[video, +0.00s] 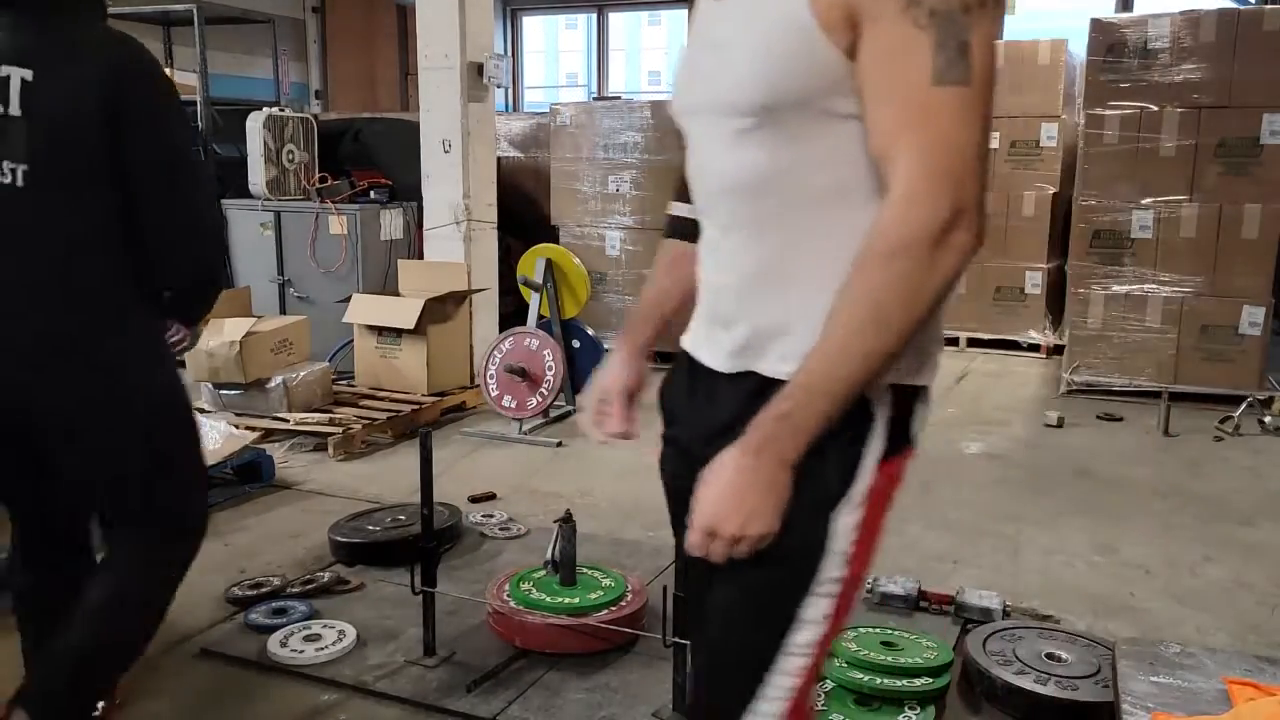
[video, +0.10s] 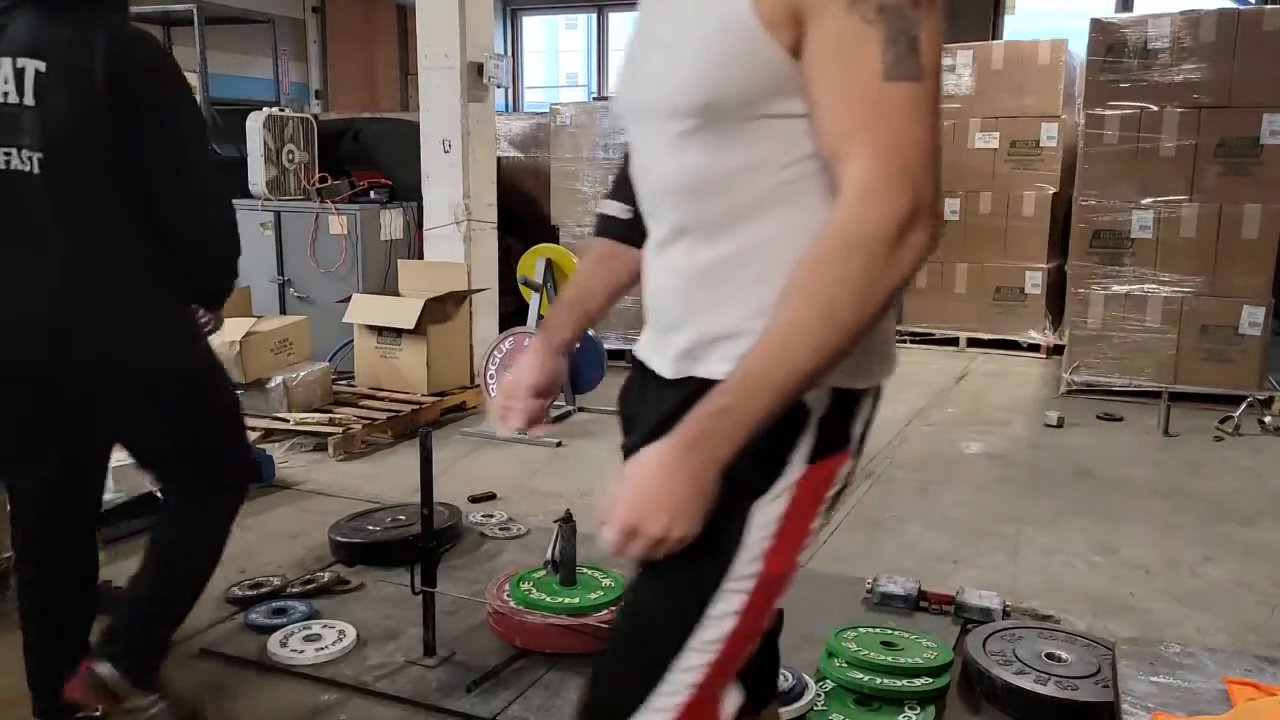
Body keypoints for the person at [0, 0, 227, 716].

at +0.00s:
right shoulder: (114, 63)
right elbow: (180, 201)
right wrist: (186, 299)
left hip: (11, 343)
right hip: (94, 340)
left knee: (43, 526)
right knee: (167, 508)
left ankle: (60, 696)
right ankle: (57, 695)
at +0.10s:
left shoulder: (5, 47)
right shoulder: (127, 54)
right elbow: (192, 181)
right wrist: (208, 284)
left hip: (19, 334)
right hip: (124, 327)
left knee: (50, 540)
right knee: (212, 471)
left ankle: (58, 705)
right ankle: (124, 664)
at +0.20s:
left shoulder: (23, 49)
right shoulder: (150, 56)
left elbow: (25, 195)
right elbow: (200, 184)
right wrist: (232, 280)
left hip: (44, 317)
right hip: (150, 315)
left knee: (65, 514)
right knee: (244, 445)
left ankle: (61, 697)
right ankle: (222, 619)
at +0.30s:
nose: (207, 8)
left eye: (208, 3)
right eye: (204, 1)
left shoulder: (23, 55)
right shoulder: (177, 64)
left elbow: (18, 203)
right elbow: (224, 192)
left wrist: (41, 296)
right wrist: (257, 283)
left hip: (72, 319)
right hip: (179, 315)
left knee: (83, 510)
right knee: (261, 447)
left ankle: (62, 696)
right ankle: (306, 574)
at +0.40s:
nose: (253, 28)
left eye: (259, 18)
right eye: (252, 13)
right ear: (221, 1)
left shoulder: (56, 70)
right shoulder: (211, 77)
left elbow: (65, 199)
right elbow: (256, 212)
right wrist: (290, 295)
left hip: (104, 327)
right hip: (206, 326)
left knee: (102, 513)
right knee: (288, 461)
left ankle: (64, 693)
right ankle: (363, 562)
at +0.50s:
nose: (287, 24)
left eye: (289, 14)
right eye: (285, 12)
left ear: (189, 7)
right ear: (258, 9)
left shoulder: (114, 81)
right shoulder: (258, 88)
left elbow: (114, 214)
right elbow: (288, 228)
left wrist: (135, 303)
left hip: (149, 340)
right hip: (254, 340)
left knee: (127, 512)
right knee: (326, 492)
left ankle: (69, 689)